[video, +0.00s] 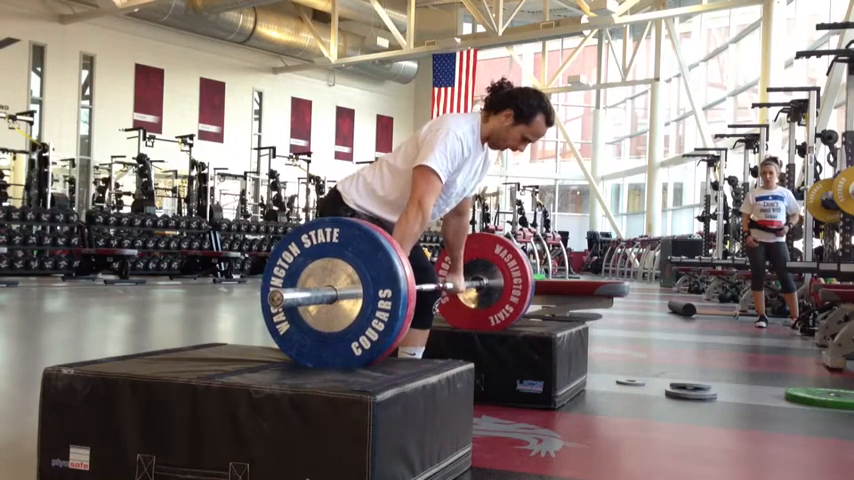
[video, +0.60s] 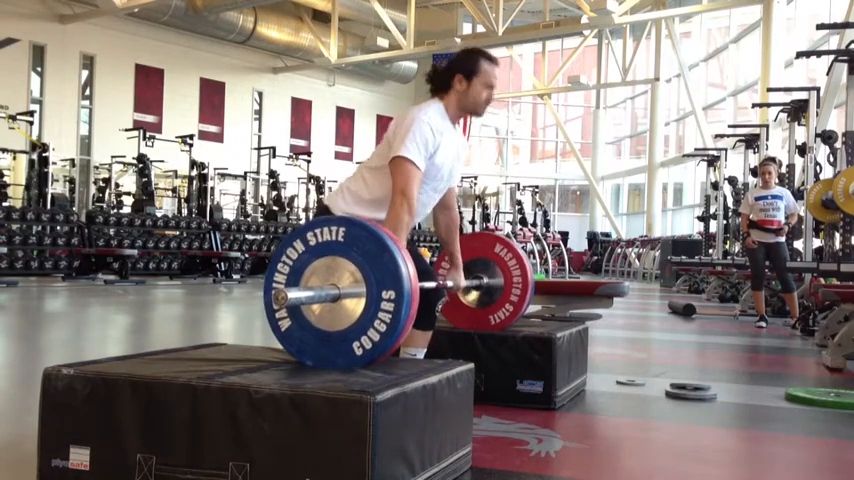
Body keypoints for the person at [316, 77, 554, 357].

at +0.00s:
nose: (521, 148)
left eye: (529, 143)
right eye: (524, 138)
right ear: (507, 116)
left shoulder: (483, 153)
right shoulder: (453, 132)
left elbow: (457, 215)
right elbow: (419, 207)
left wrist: (457, 271)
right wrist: (388, 270)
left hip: (389, 223)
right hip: (350, 210)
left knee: (424, 287)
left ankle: (406, 382)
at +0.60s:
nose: (492, 96)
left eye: (493, 89)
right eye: (488, 87)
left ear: (467, 86)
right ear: (460, 82)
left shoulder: (455, 140)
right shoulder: (421, 121)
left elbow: (446, 208)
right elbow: (403, 199)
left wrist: (456, 264)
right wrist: (386, 269)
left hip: (384, 228)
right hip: (343, 219)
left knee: (427, 289)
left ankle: (405, 384)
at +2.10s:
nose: (473, 40)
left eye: (468, 34)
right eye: (463, 35)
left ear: (450, 53)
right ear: (443, 52)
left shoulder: (457, 108)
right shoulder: (429, 94)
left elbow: (450, 183)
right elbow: (408, 173)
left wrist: (457, 246)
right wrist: (398, 243)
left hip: (396, 205)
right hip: (361, 200)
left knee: (424, 283)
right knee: (376, 289)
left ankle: (407, 381)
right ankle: (366, 388)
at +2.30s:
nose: (466, 13)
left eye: (461, 7)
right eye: (455, 8)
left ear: (443, 27)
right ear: (436, 26)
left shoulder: (457, 79)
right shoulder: (429, 64)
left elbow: (450, 154)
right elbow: (406, 139)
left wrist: (454, 212)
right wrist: (392, 209)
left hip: (413, 205)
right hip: (385, 202)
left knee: (434, 285)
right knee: (402, 285)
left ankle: (412, 383)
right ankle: (374, 385)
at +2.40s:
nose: (410, 2)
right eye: (398, 1)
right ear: (378, 18)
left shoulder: (419, 62)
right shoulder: (391, 52)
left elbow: (433, 140)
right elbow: (389, 127)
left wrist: (455, 196)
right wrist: (404, 196)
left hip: (442, 201)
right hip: (412, 199)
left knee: (454, 291)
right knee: (409, 295)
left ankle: (417, 374)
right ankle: (376, 380)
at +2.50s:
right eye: (337, 1)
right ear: (334, 20)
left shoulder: (389, 52)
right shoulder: (354, 44)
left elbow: (420, 115)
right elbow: (368, 105)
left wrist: (457, 158)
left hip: (426, 183)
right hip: (390, 182)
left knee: (426, 278)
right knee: (387, 280)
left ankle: (415, 373)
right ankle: (371, 377)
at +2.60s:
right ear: (327, 14)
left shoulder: (383, 43)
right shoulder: (343, 38)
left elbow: (420, 97)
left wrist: (462, 132)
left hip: (419, 181)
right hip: (378, 185)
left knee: (441, 268)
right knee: (387, 277)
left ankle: (423, 372)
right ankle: (369, 378)